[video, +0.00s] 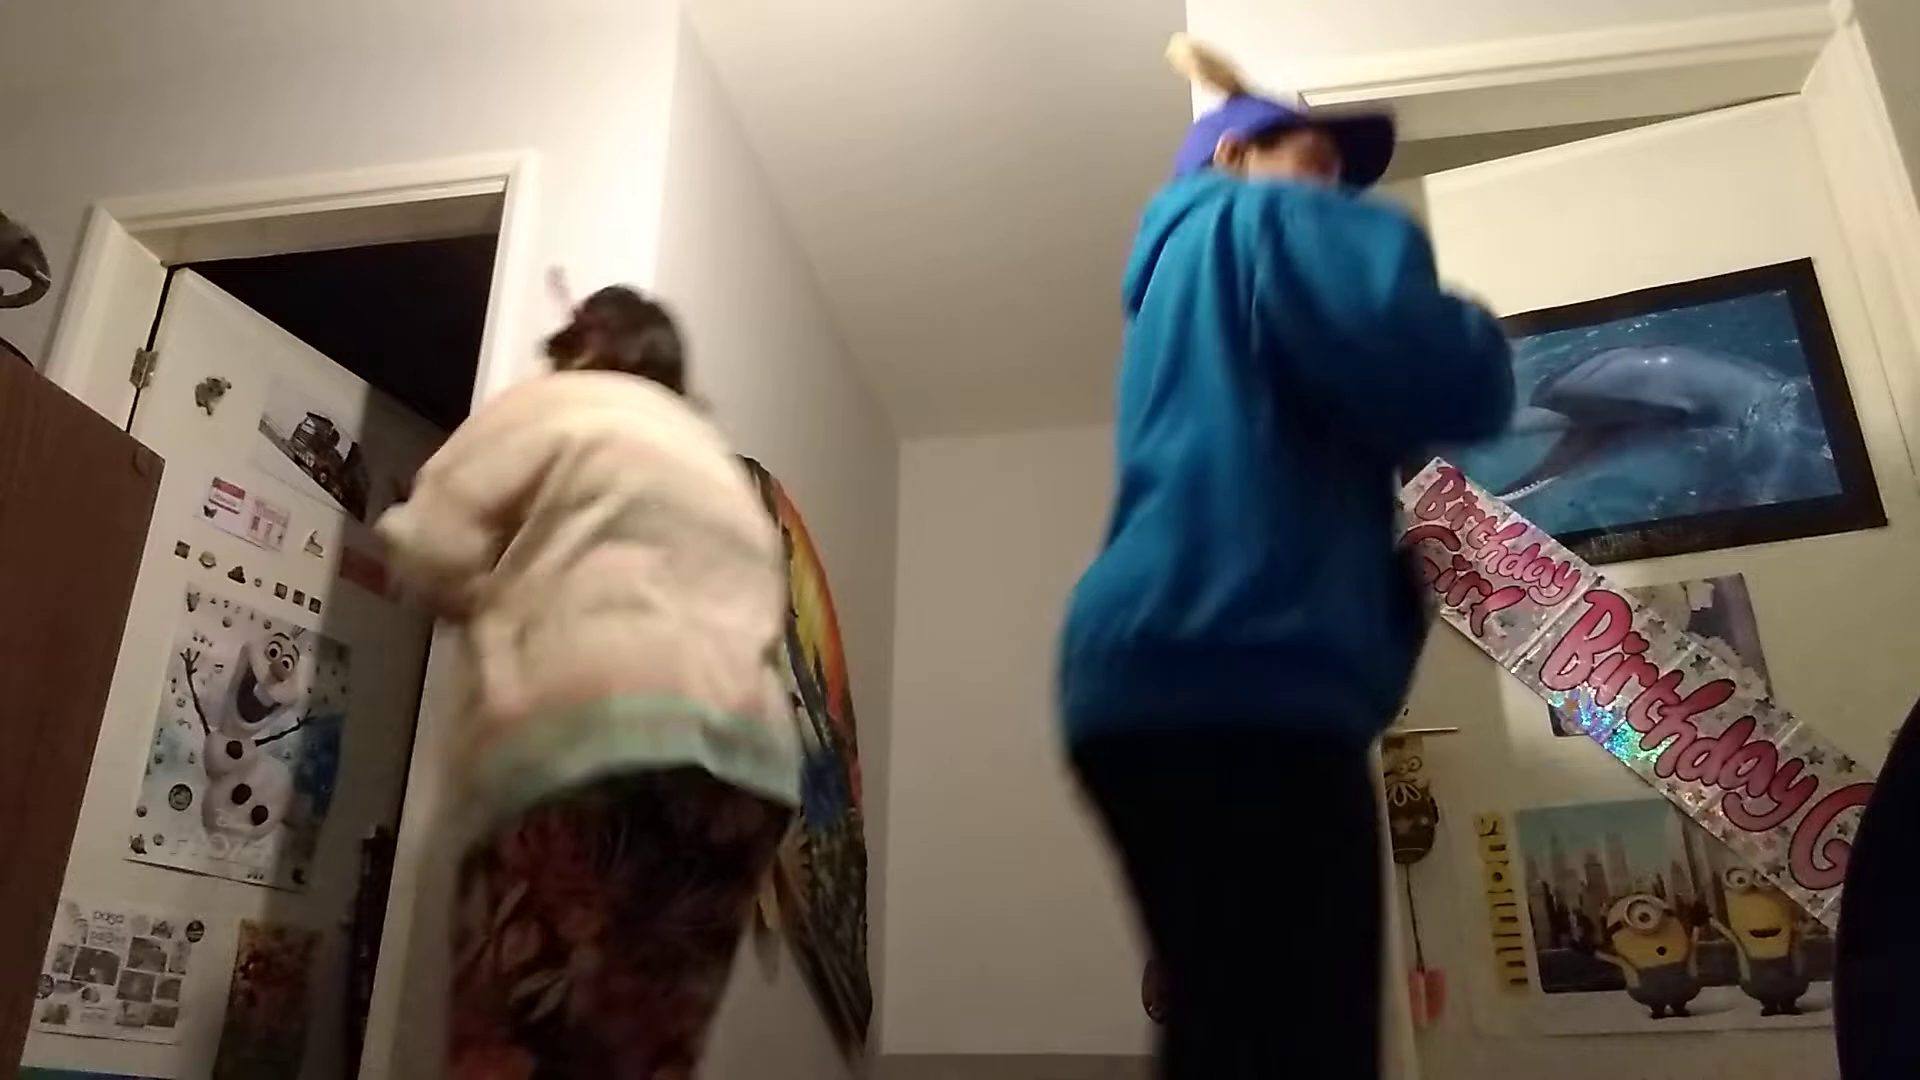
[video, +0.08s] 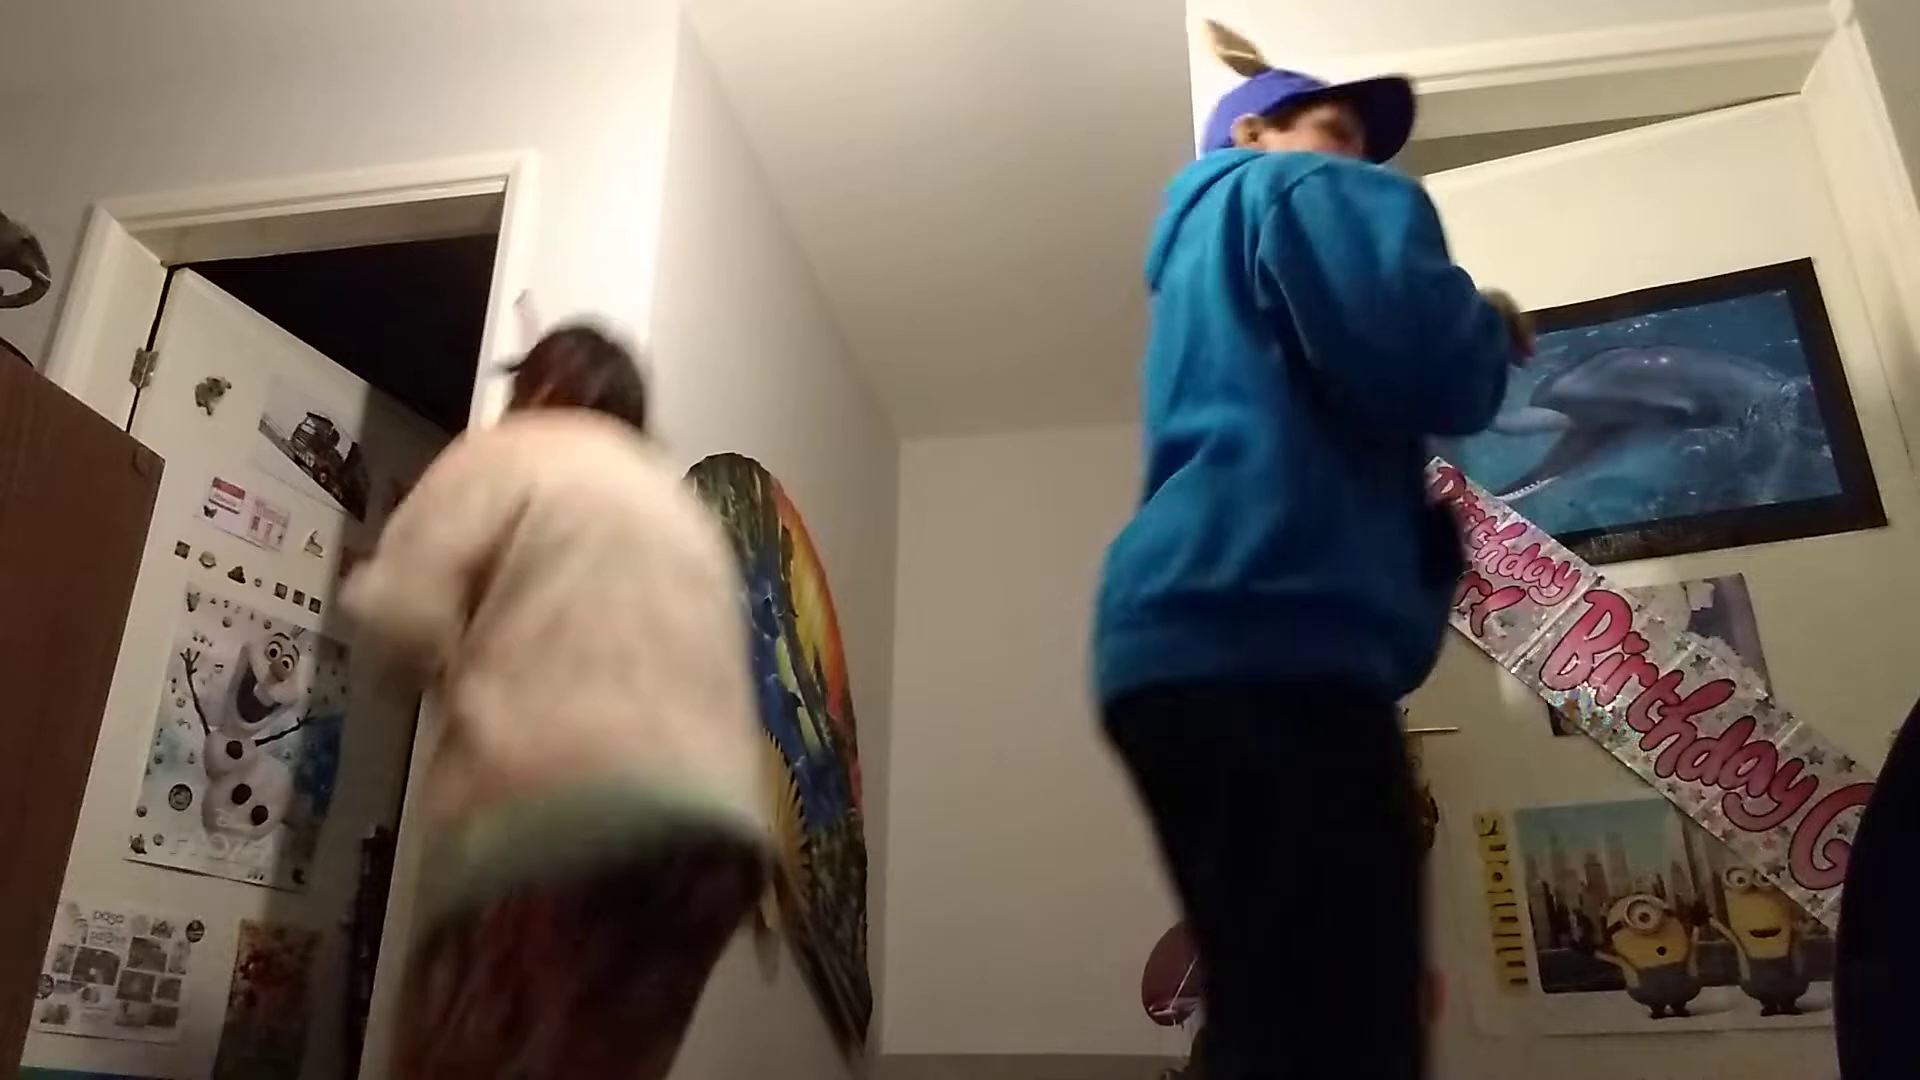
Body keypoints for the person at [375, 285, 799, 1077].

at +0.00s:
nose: (557, 358)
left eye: (566, 347)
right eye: (563, 348)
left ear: (591, 341)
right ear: (672, 365)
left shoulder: (552, 399)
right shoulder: (722, 459)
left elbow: (429, 549)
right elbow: (764, 619)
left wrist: (488, 594)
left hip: (578, 754)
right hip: (751, 775)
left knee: (515, 1032)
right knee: (660, 1046)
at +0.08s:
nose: (513, 401)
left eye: (522, 387)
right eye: (521, 387)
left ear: (544, 383)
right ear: (636, 407)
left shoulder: (510, 447)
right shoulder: (690, 507)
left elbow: (394, 610)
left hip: (549, 811)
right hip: (717, 824)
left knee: (469, 1054)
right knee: (621, 1062)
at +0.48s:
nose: (391, 322)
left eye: (408, 307)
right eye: (402, 305)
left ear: (438, 314)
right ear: (505, 343)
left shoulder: (393, 376)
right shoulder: (534, 442)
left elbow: (277, 531)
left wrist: (246, 521)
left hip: (374, 747)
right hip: (509, 774)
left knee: (275, 1019)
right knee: (363, 1026)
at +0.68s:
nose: (274, 440)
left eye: (286, 421)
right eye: (278, 423)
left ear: (337, 426)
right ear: (397, 440)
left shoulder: (323, 510)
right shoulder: (432, 543)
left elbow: (199, 698)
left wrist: (155, 648)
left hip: (235, 949)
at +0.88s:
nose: (231, 388)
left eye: (253, 368)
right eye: (240, 370)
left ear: (325, 383)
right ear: (331, 390)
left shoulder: (326, 473)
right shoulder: (375, 484)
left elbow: (233, 637)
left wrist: (134, 588)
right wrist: (171, 573)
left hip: (249, 900)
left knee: (180, 1061)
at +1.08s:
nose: (214, 377)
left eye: (246, 361)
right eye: (212, 361)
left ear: (325, 395)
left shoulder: (349, 496)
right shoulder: (241, 525)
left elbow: (315, 654)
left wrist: (139, 605)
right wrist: (135, 566)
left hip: (233, 933)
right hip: (140, 922)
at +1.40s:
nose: (210, 388)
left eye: (243, 374)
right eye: (191, 369)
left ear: (293, 413)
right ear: (169, 393)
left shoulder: (343, 538)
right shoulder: (118, 520)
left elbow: (382, 712)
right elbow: (22, 642)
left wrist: (247, 624)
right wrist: (109, 610)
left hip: (225, 931)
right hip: (63, 902)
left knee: (159, 1067)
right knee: (37, 1065)